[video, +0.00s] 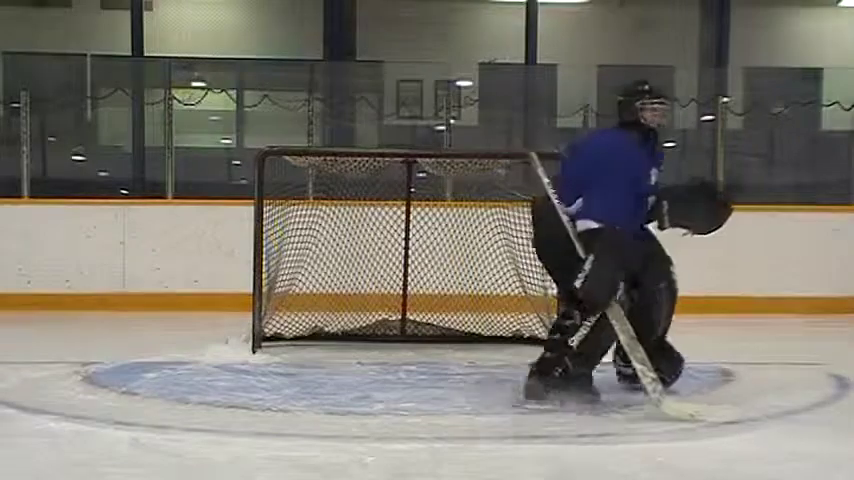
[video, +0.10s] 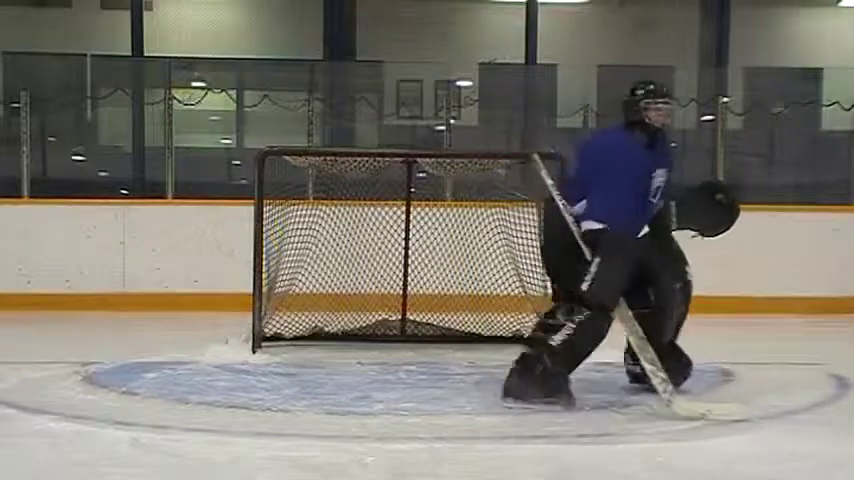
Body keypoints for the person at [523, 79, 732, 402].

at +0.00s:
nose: (659, 117)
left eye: (662, 111)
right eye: (653, 110)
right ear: (633, 112)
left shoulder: (652, 149)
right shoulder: (608, 144)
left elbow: (639, 198)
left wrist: (666, 207)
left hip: (634, 230)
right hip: (599, 228)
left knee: (659, 286)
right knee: (604, 298)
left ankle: (639, 361)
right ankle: (568, 369)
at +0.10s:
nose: (662, 116)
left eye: (665, 110)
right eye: (656, 110)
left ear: (667, 112)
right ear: (638, 111)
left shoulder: (661, 148)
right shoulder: (609, 144)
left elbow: (653, 200)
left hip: (643, 236)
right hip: (610, 236)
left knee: (671, 289)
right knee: (593, 311)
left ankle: (648, 363)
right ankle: (539, 372)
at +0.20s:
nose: (662, 118)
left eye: (666, 111)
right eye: (655, 110)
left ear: (669, 113)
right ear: (636, 112)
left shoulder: (663, 150)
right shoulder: (608, 147)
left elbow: (651, 207)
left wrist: (690, 210)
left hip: (642, 237)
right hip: (599, 238)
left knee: (671, 296)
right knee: (585, 306)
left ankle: (668, 364)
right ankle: (520, 367)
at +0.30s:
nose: (648, 120)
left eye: (655, 114)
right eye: (641, 113)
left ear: (663, 120)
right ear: (627, 115)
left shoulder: (665, 153)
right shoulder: (611, 151)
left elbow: (656, 209)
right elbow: (615, 209)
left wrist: (681, 220)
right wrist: (630, 256)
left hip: (628, 236)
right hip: (583, 234)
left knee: (662, 296)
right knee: (565, 299)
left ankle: (675, 372)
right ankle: (503, 363)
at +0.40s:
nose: (629, 127)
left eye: (636, 121)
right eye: (623, 119)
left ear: (646, 124)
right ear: (611, 122)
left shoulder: (653, 159)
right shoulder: (595, 156)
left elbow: (653, 211)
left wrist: (678, 228)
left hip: (627, 251)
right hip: (583, 251)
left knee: (656, 308)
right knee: (548, 316)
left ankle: (684, 374)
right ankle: (491, 365)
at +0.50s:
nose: (601, 141)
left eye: (609, 133)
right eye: (594, 133)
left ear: (621, 137)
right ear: (584, 137)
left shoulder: (640, 175)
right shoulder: (572, 174)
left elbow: (646, 225)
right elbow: (555, 237)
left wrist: (659, 241)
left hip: (605, 259)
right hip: (559, 258)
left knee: (637, 312)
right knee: (538, 325)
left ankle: (673, 374)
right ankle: (476, 364)